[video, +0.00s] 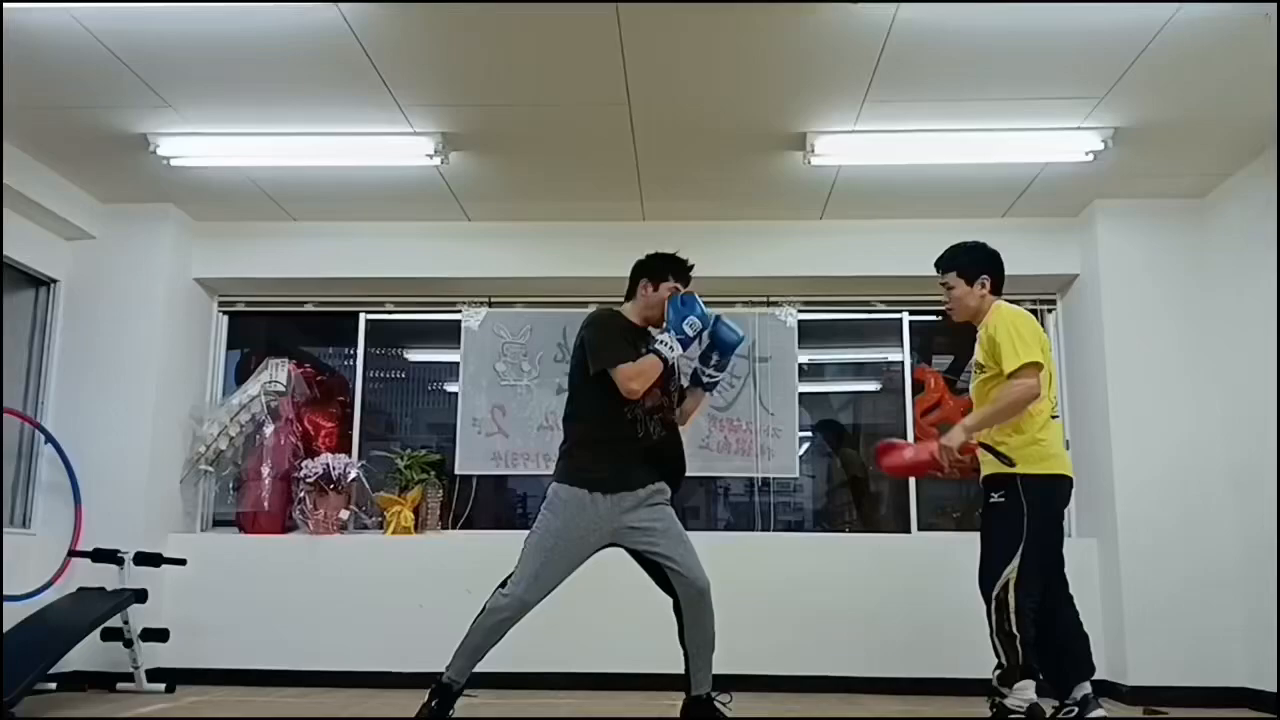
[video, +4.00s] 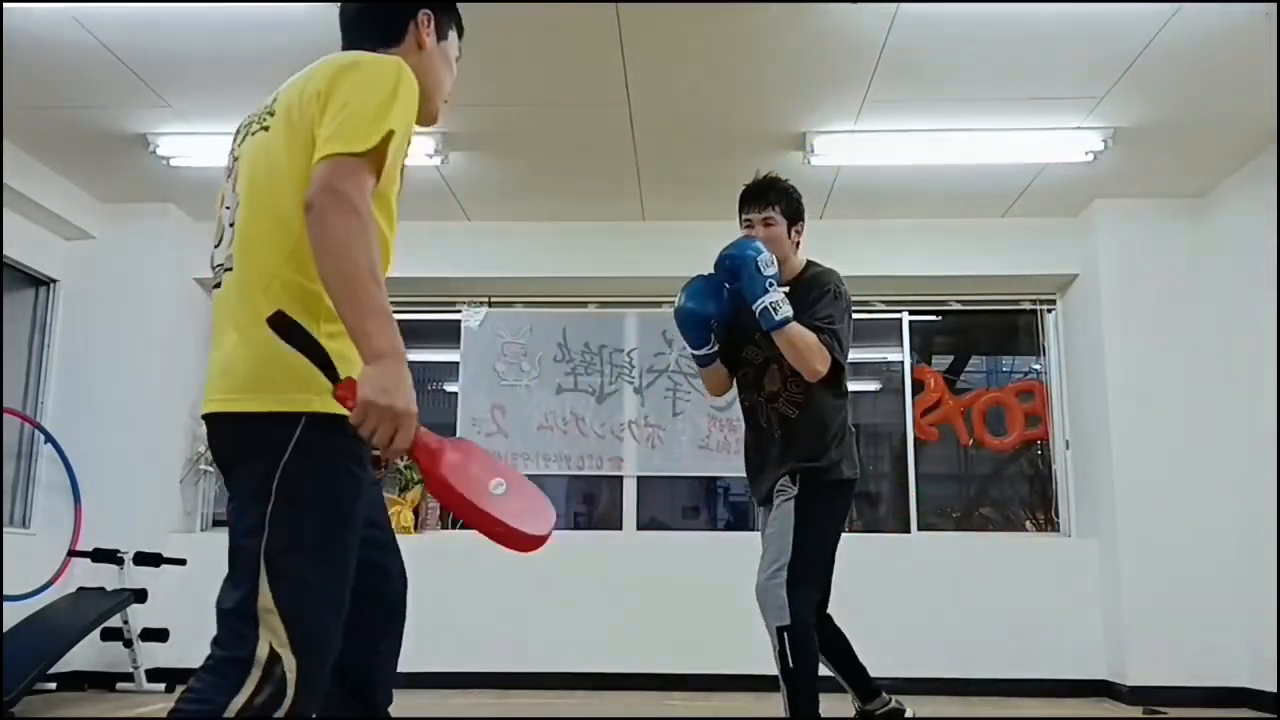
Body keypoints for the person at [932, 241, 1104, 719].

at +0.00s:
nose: (943, 297)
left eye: (949, 286)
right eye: (942, 287)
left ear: (983, 284)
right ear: (981, 287)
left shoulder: (1007, 319)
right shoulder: (994, 330)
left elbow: (1026, 387)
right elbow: (1009, 408)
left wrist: (966, 426)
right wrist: (955, 443)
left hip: (1024, 475)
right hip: (1027, 475)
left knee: (1002, 582)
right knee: (1045, 584)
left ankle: (1017, 696)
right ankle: (1079, 695)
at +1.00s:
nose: (1038, 294)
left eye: (1038, 277)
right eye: (1033, 283)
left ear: (1071, 258)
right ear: (1089, 262)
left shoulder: (1088, 287)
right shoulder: (1173, 308)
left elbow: (1080, 353)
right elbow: (1221, 396)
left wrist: (997, 323)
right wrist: (1248, 480)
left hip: (1127, 480)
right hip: (1204, 489)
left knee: (1064, 606)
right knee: (1234, 623)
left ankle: (1044, 708)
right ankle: (1267, 705)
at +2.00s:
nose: (697, 283)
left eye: (695, 268)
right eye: (694, 271)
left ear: (713, 255)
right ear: (756, 248)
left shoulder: (746, 310)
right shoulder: (845, 290)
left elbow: (743, 425)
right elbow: (909, 371)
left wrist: (741, 469)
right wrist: (957, 448)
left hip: (805, 501)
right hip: (878, 499)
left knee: (710, 627)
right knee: (867, 631)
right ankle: (922, 713)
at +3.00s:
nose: (751, 129)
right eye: (752, 121)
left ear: (662, 123)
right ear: (745, 120)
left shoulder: (603, 179)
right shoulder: (773, 157)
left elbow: (537, 299)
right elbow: (816, 231)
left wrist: (563, 217)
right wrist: (877, 349)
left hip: (614, 444)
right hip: (740, 442)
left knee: (577, 627)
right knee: (771, 647)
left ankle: (531, 708)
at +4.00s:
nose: (452, 82)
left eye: (457, 61)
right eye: (454, 55)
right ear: (425, 29)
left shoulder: (285, 110)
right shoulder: (377, 74)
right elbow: (336, 198)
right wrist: (387, 358)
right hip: (292, 399)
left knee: (374, 609)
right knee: (268, 656)